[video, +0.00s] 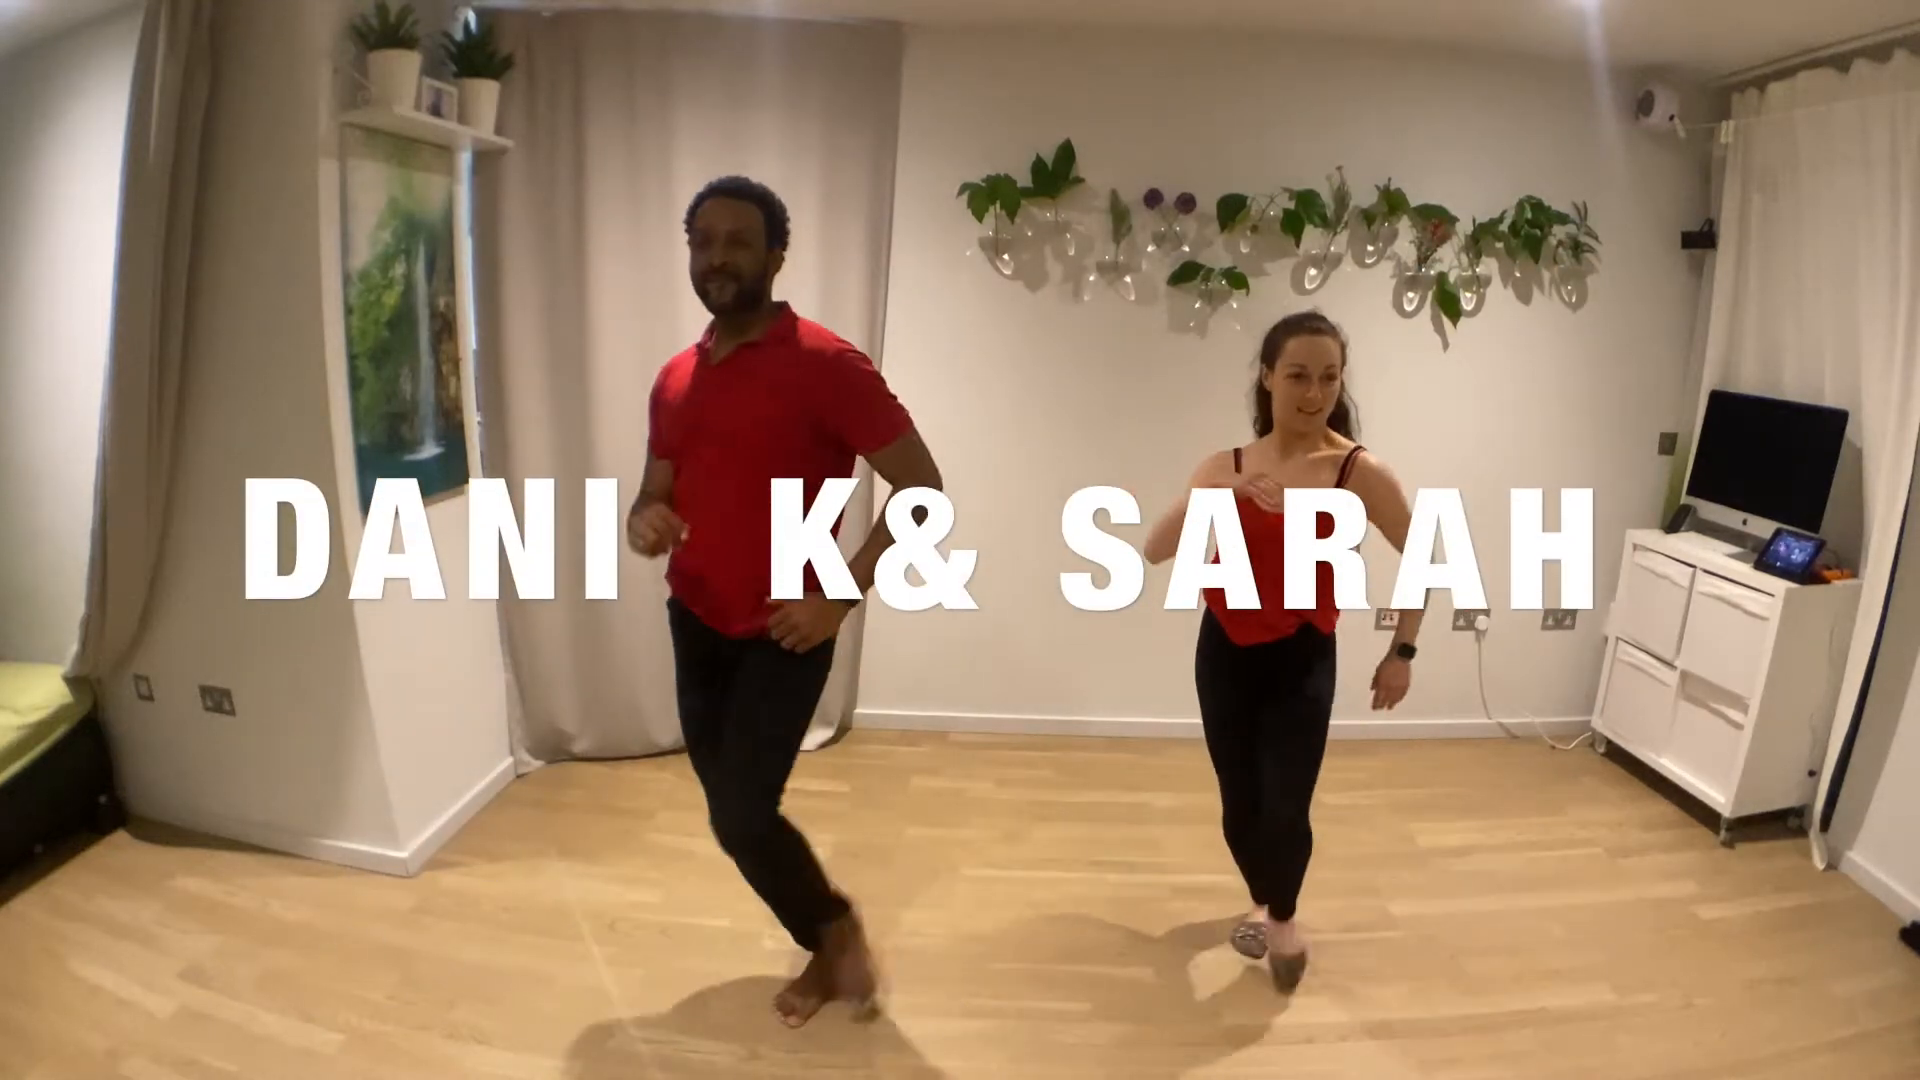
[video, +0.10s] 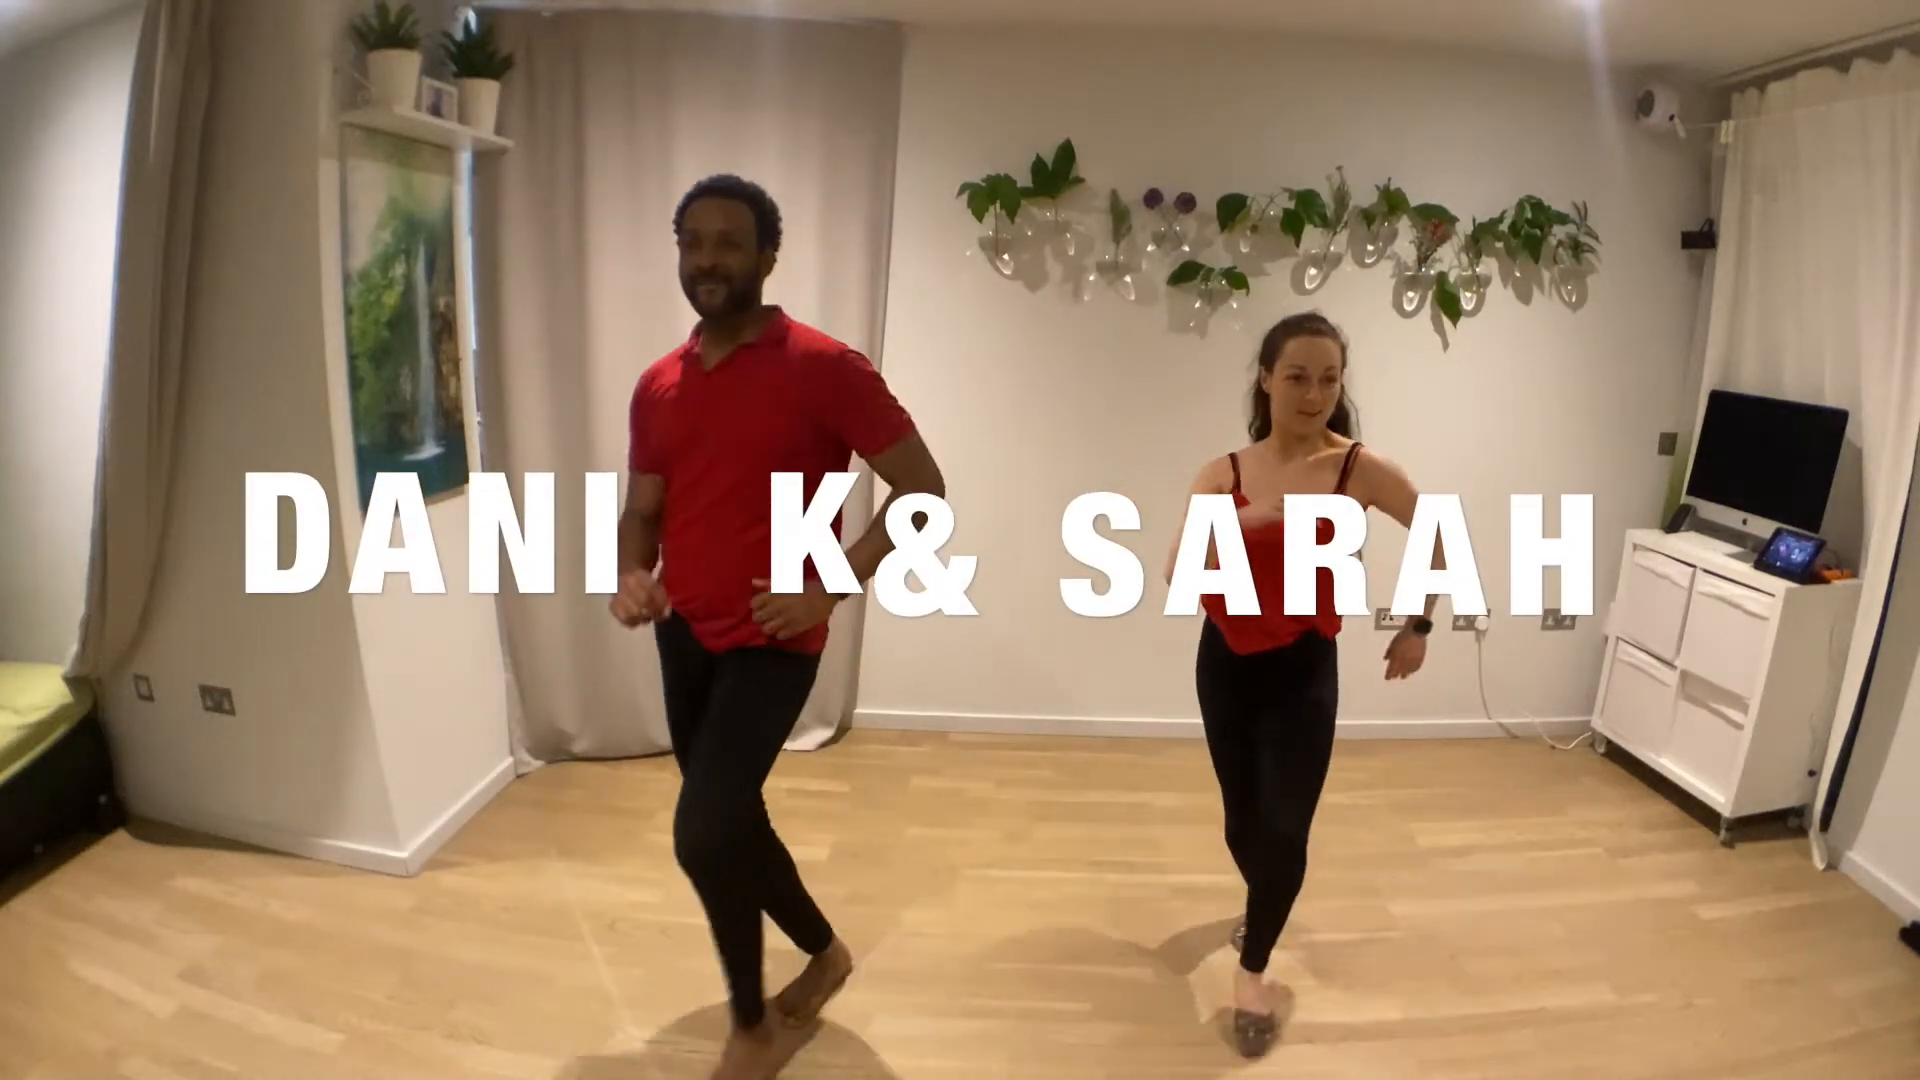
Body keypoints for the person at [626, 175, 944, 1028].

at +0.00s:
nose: (716, 260)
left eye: (738, 244)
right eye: (701, 244)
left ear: (776, 255)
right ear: (687, 256)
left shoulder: (828, 366)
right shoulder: (677, 379)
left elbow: (920, 489)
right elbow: (654, 495)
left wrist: (841, 595)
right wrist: (649, 522)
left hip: (789, 630)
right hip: (699, 622)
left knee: (742, 814)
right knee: (734, 815)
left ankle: (836, 929)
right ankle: (825, 941)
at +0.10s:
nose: (706, 261)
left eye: (728, 244)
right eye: (692, 244)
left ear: (767, 255)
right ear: (677, 254)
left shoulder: (825, 370)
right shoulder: (660, 385)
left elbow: (921, 492)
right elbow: (642, 511)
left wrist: (825, 585)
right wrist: (633, 573)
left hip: (775, 637)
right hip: (686, 631)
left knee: (702, 838)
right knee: (724, 819)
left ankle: (751, 1024)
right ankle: (827, 950)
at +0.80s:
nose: (673, 259)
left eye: (694, 240)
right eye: (655, 239)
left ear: (726, 253)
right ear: (631, 253)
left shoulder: (790, 370)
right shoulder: (605, 373)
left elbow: (881, 473)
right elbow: (573, 465)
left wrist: (860, 547)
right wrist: (543, 542)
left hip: (773, 617)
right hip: (676, 613)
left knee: (739, 802)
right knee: (674, 799)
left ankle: (778, 952)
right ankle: (702, 909)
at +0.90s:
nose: (705, 266)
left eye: (722, 247)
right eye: (685, 249)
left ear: (751, 255)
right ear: (660, 262)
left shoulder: (807, 361)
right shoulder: (628, 372)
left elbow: (883, 477)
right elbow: (556, 478)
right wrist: (627, 477)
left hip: (786, 608)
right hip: (685, 605)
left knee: (804, 792)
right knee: (673, 791)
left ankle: (860, 881)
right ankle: (702, 905)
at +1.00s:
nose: (727, 280)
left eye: (745, 260)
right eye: (707, 261)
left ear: (775, 264)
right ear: (687, 269)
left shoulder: (807, 356)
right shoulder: (665, 370)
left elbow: (859, 480)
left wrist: (802, 401)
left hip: (797, 604)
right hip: (702, 607)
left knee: (865, 766)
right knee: (689, 783)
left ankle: (920, 903)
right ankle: (697, 910)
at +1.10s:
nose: (757, 290)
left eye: (773, 271)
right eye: (735, 273)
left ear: (796, 276)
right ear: (706, 282)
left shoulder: (787, 367)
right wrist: (1053, 426)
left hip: (810, 612)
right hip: (724, 616)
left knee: (895, 762)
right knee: (738, 820)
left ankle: (928, 898)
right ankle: (675, 904)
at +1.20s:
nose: (789, 295)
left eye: (803, 276)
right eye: (766, 278)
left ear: (822, 280)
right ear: (734, 288)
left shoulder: (810, 380)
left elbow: (840, 478)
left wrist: (863, 419)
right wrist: (1035, 399)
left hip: (811, 612)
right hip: (731, 618)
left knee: (906, 750)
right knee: (758, 817)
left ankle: (923, 897)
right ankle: (667, 910)